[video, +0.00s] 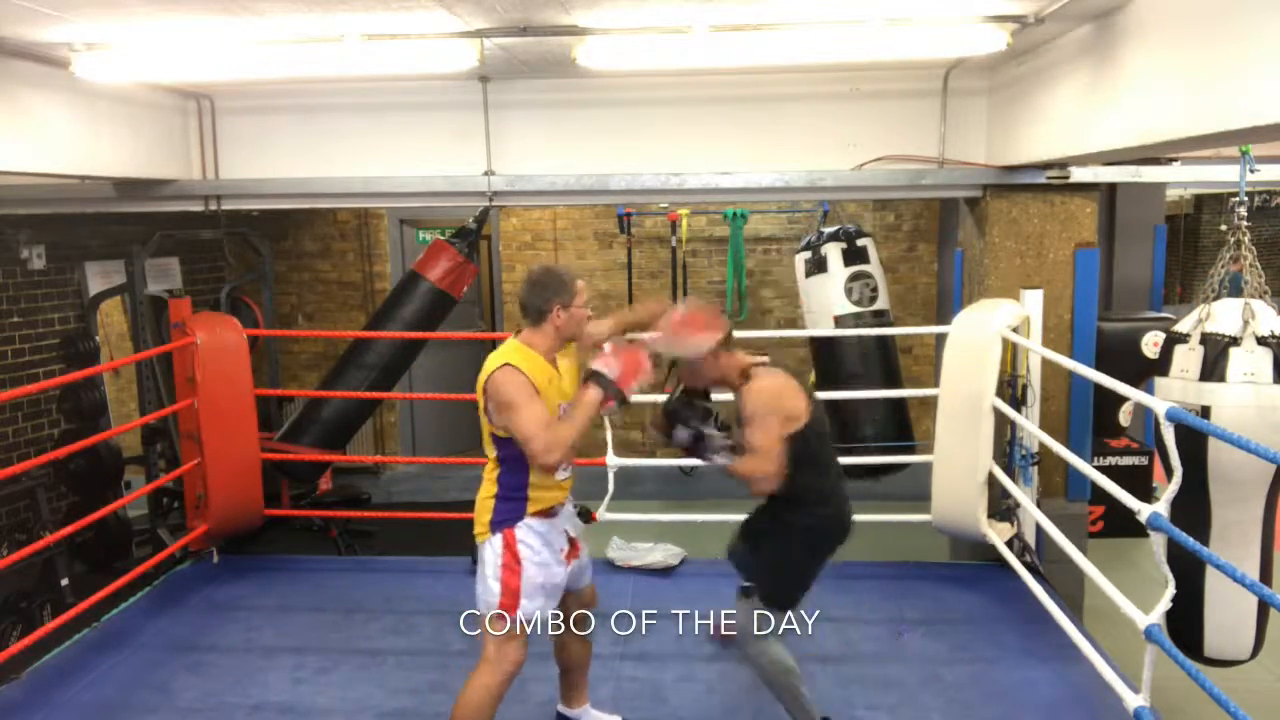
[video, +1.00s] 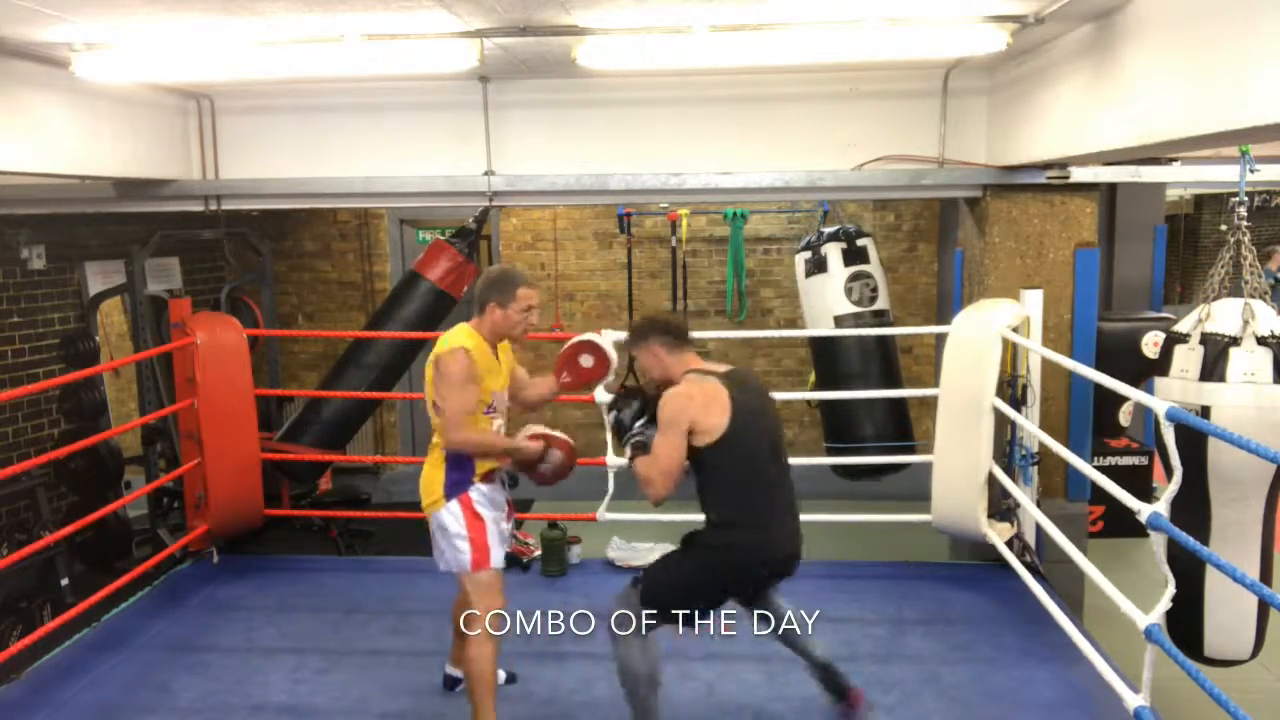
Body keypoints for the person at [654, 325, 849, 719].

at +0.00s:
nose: (684, 379)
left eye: (685, 367)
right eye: (681, 368)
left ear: (709, 359)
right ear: (712, 355)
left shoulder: (763, 391)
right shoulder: (754, 381)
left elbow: (766, 476)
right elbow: (756, 449)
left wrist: (714, 452)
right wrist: (713, 435)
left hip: (813, 516)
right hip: (792, 505)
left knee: (753, 631)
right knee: (749, 560)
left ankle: (809, 715)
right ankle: (745, 626)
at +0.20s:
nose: (676, 339)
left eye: (683, 329)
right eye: (675, 330)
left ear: (713, 320)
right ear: (702, 324)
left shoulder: (762, 355)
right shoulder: (703, 364)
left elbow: (786, 430)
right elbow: (684, 419)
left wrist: (739, 407)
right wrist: (662, 394)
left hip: (775, 486)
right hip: (736, 480)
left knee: (718, 585)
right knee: (697, 560)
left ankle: (761, 695)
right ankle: (734, 621)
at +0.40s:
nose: (665, 321)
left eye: (669, 311)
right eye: (663, 312)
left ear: (699, 304)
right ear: (683, 310)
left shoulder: (742, 342)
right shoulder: (686, 349)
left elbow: (798, 397)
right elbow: (653, 391)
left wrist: (755, 409)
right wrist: (635, 378)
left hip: (748, 481)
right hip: (713, 475)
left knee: (693, 579)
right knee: (689, 557)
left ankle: (717, 698)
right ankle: (737, 612)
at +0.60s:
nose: (642, 345)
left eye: (648, 334)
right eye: (640, 335)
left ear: (677, 326)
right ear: (674, 329)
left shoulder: (714, 363)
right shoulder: (681, 368)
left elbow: (730, 411)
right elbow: (657, 410)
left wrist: (666, 411)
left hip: (743, 494)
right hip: (717, 486)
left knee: (670, 590)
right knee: (694, 555)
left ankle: (698, 701)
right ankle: (738, 614)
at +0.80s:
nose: (621, 393)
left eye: (627, 382)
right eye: (619, 384)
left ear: (657, 374)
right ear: (656, 374)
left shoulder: (713, 408)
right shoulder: (664, 406)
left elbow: (708, 497)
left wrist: (663, 469)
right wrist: (620, 455)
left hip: (745, 535)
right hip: (709, 522)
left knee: (658, 607)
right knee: (691, 571)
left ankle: (661, 712)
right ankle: (735, 621)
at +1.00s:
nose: (642, 373)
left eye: (640, 361)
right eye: (638, 363)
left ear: (658, 351)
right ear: (683, 346)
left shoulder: (680, 397)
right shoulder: (741, 379)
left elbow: (657, 487)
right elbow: (714, 450)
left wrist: (633, 437)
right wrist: (653, 422)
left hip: (732, 553)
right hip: (782, 548)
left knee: (629, 612)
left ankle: (644, 715)